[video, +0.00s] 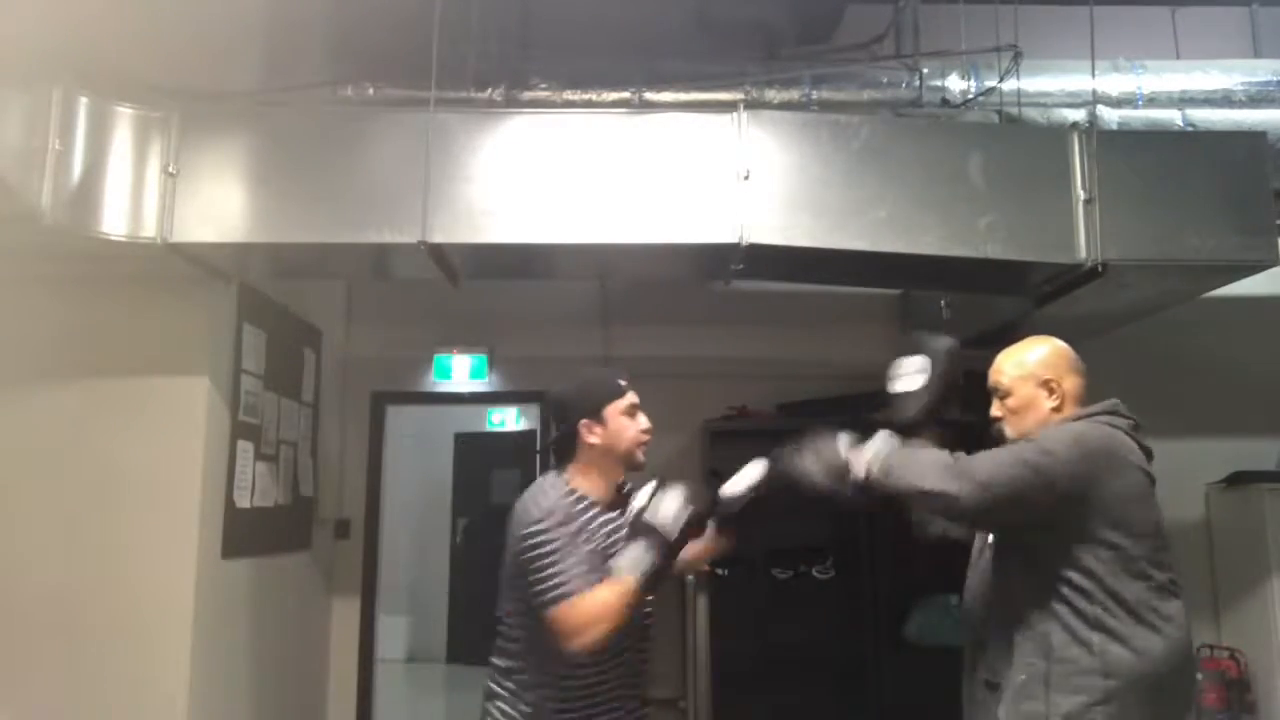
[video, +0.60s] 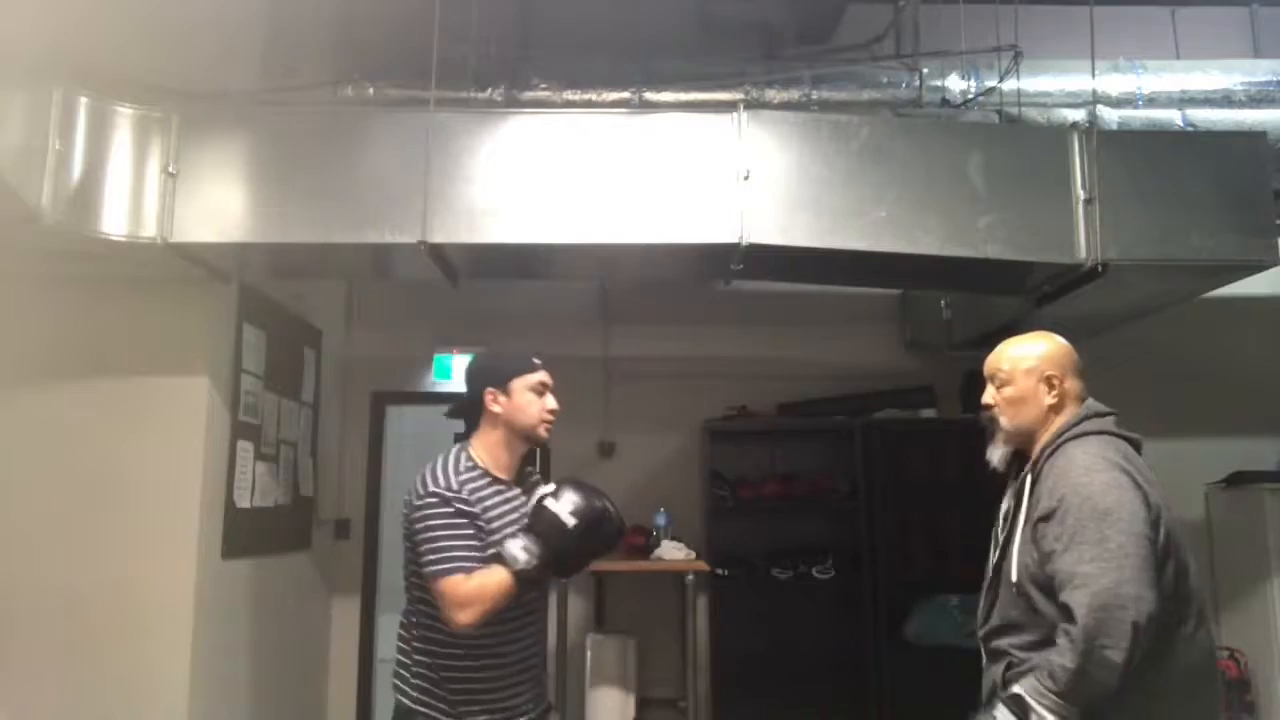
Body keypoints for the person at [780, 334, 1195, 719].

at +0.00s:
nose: (993, 410)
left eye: (1004, 395)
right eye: (992, 397)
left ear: (1053, 394)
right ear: (1050, 396)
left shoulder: (1086, 446)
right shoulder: (1063, 450)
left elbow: (969, 489)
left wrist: (877, 458)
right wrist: (918, 425)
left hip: (1098, 690)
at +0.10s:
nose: (992, 410)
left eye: (1002, 394)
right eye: (992, 396)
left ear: (1053, 391)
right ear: (1047, 393)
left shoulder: (1093, 448)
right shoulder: (1021, 460)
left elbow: (1025, 532)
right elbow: (938, 499)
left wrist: (919, 542)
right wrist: (849, 464)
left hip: (1103, 702)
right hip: (1031, 698)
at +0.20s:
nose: (992, 407)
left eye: (1001, 391)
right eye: (991, 394)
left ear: (1052, 390)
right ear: (1047, 392)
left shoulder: (1101, 459)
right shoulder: (1025, 457)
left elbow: (1070, 574)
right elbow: (942, 481)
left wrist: (966, 616)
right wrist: (846, 490)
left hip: (1085, 704)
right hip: (1018, 696)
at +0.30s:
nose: (989, 403)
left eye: (1001, 388)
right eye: (989, 388)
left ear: (1054, 392)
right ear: (1047, 393)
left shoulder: (1105, 479)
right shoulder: (1018, 470)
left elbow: (1108, 625)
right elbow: (943, 533)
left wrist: (1000, 690)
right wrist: (850, 549)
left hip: (1078, 704)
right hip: (1000, 690)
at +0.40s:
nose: (987, 403)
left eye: (1002, 388)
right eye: (988, 389)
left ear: (1056, 394)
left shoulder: (1101, 481)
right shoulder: (1025, 473)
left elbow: (1122, 632)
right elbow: (982, 583)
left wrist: (1028, 708)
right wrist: (896, 627)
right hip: (998, 697)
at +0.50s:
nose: (986, 402)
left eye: (1000, 387)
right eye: (987, 387)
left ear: (1052, 393)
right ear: (1052, 394)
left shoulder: (1095, 475)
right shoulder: (1031, 469)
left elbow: (1120, 623)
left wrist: (1037, 709)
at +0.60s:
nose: (986, 400)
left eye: (1000, 383)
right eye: (988, 385)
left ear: (1051, 388)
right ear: (1051, 389)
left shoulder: (1086, 468)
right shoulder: (1047, 464)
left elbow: (1111, 611)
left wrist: (1023, 707)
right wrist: (1007, 693)